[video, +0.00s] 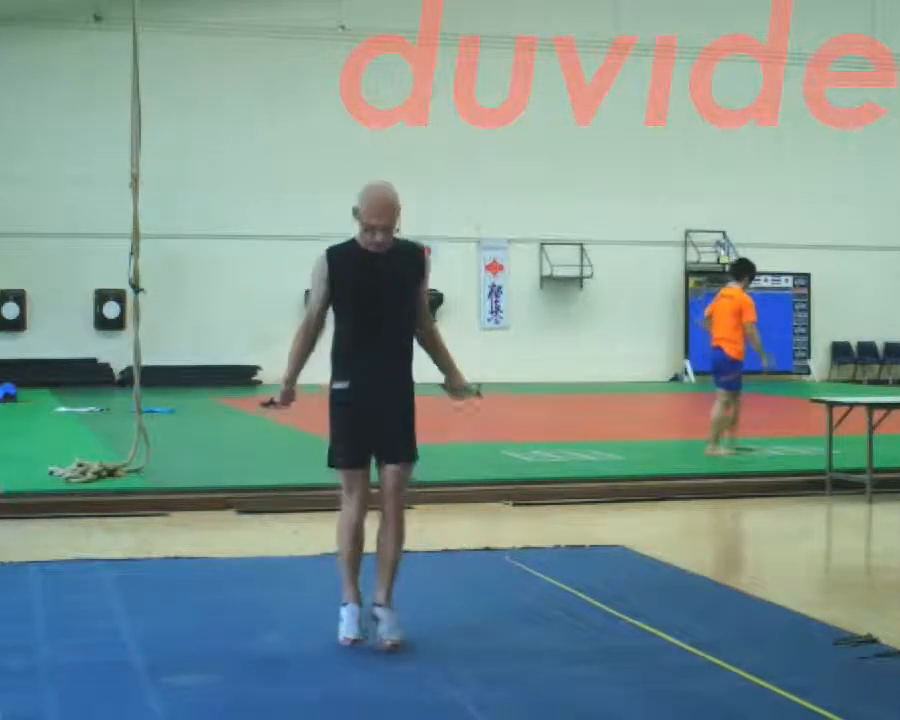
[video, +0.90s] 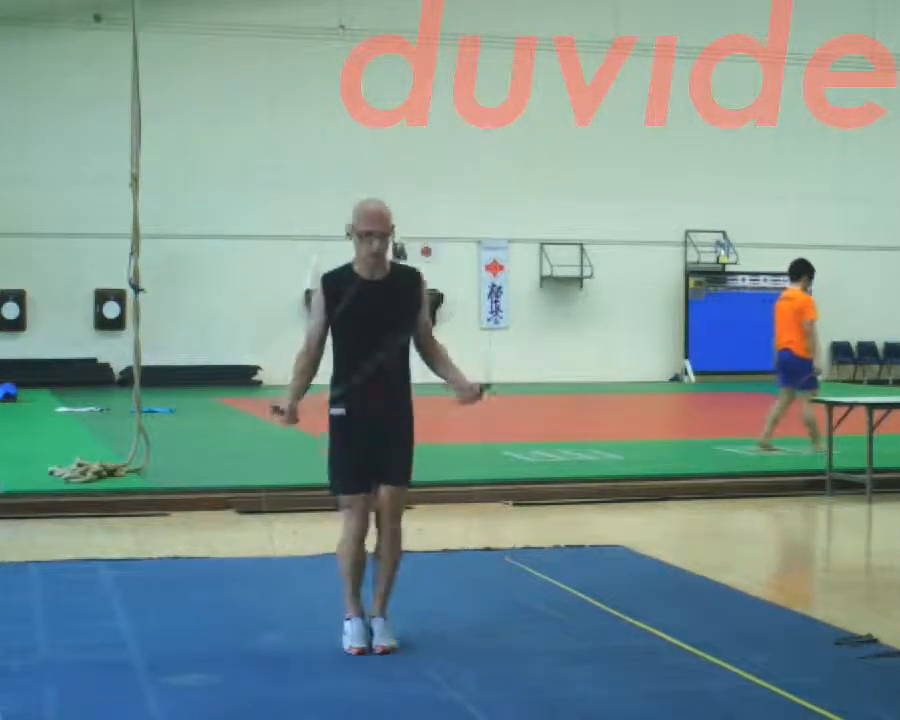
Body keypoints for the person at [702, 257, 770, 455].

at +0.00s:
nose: (751, 282)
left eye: (752, 278)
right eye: (751, 278)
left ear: (733, 275)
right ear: (746, 277)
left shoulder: (721, 294)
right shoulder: (744, 299)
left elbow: (705, 319)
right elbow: (750, 330)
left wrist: (719, 333)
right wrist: (762, 355)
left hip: (717, 348)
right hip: (731, 350)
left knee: (734, 397)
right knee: (723, 399)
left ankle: (729, 441)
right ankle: (713, 444)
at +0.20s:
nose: (762, 285)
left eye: (763, 281)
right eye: (762, 280)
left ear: (744, 278)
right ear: (758, 279)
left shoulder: (735, 299)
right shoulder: (755, 301)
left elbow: (722, 329)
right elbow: (761, 329)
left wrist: (735, 341)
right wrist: (773, 356)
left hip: (736, 353)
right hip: (748, 355)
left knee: (749, 402)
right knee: (739, 401)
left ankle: (759, 443)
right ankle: (715, 442)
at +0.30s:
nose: (769, 281)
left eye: (769, 277)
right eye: (769, 277)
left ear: (751, 276)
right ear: (764, 277)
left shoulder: (742, 297)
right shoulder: (760, 298)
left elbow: (733, 327)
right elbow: (765, 328)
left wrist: (743, 344)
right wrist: (773, 356)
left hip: (743, 352)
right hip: (757, 354)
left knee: (752, 399)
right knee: (762, 398)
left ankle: (758, 442)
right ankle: (728, 432)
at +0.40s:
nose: (775, 282)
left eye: (775, 278)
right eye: (775, 278)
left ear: (757, 275)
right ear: (770, 277)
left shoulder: (748, 295)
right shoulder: (765, 297)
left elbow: (740, 326)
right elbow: (768, 327)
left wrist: (749, 343)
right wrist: (774, 355)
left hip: (748, 351)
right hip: (761, 353)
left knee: (755, 397)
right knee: (774, 396)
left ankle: (758, 441)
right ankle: (747, 428)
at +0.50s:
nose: (780, 281)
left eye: (781, 277)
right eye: (780, 277)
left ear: (763, 275)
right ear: (775, 276)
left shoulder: (753, 295)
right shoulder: (770, 298)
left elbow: (751, 326)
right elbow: (772, 328)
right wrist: (778, 357)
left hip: (753, 351)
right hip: (766, 354)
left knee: (758, 397)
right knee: (784, 398)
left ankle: (757, 439)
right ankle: (770, 435)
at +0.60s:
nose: (788, 281)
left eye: (787, 277)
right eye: (788, 277)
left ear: (771, 275)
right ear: (784, 277)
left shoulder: (761, 295)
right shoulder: (778, 298)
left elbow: (756, 325)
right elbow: (779, 326)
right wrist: (784, 356)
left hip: (758, 351)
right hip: (772, 353)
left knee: (760, 396)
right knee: (788, 398)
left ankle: (758, 441)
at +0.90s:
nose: (811, 282)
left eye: (811, 278)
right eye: (811, 278)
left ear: (792, 277)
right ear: (805, 277)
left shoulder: (781, 299)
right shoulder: (805, 300)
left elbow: (779, 329)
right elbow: (808, 327)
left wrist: (778, 353)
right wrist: (813, 356)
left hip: (782, 351)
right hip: (799, 353)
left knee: (785, 395)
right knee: (807, 399)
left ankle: (765, 438)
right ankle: (817, 441)